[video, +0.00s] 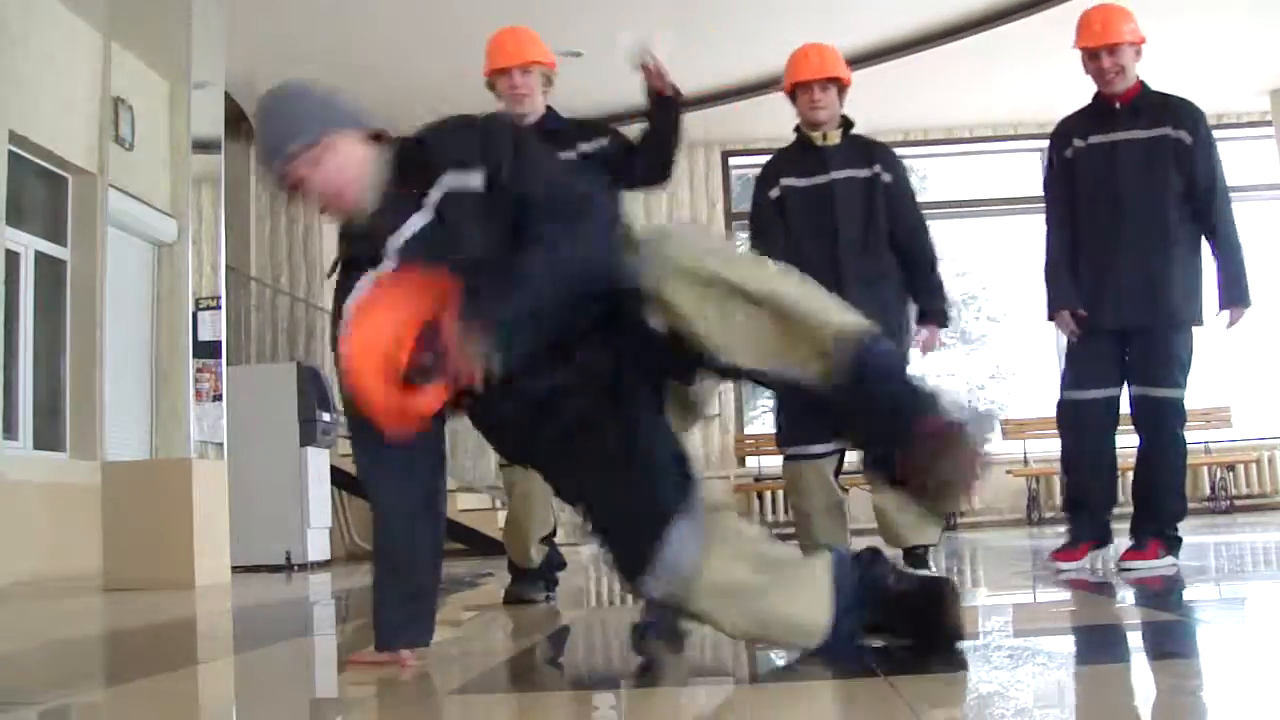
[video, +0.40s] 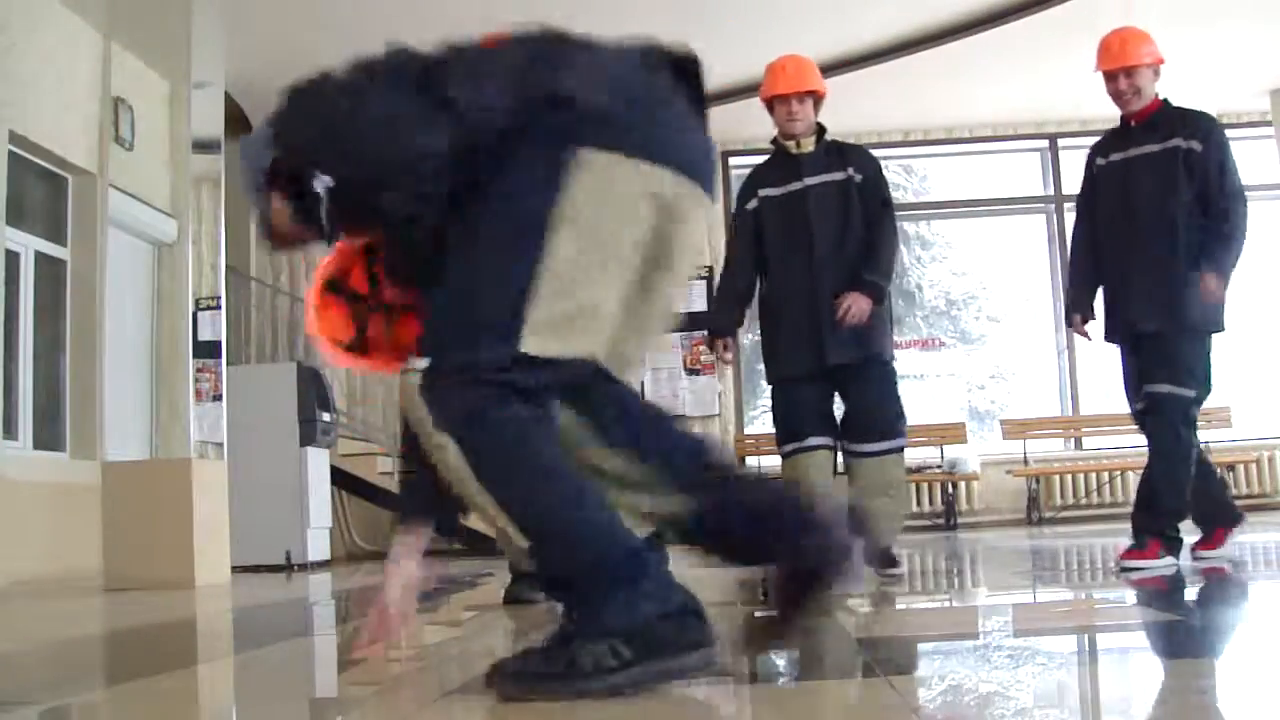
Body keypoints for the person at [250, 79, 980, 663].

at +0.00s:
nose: (314, 188)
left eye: (313, 162)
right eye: (295, 186)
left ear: (355, 131)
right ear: (299, 200)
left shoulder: (469, 150)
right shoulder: (363, 297)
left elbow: (591, 231)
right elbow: (401, 464)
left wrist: (488, 325)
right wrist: (401, 631)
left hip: (637, 329)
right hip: (580, 435)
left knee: (664, 254)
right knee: (692, 572)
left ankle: (901, 423)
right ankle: (888, 605)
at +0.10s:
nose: (275, 249)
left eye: (267, 228)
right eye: (259, 244)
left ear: (295, 181)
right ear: (272, 233)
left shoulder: (412, 156)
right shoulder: (375, 296)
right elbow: (410, 457)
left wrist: (387, 344)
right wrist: (404, 621)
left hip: (648, 285)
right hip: (591, 397)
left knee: (562, 280)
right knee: (743, 566)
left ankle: (680, 587)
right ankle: (916, 567)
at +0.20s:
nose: (262, 274)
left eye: (252, 256)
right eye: (250, 269)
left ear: (272, 208)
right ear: (272, 240)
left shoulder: (369, 166)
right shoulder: (374, 283)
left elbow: (530, 230)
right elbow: (427, 430)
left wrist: (401, 316)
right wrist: (404, 605)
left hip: (672, 272)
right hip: (610, 345)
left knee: (478, 355)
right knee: (734, 568)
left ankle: (632, 625)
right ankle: (955, 533)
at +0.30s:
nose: (269, 268)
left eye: (257, 254)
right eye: (258, 262)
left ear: (268, 207)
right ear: (280, 217)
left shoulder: (341, 146)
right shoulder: (380, 252)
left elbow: (485, 197)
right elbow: (424, 428)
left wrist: (433, 318)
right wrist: (401, 599)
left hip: (659, 201)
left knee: (446, 383)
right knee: (646, 488)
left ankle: (629, 623)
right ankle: (924, 503)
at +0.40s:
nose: (298, 242)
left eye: (283, 229)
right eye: (287, 237)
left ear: (277, 180)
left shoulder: (310, 120)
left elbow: (419, 150)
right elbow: (435, 368)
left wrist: (404, 267)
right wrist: (408, 553)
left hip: (588, 136)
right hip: (666, 142)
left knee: (469, 387)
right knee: (565, 379)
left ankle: (635, 615)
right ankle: (788, 534)